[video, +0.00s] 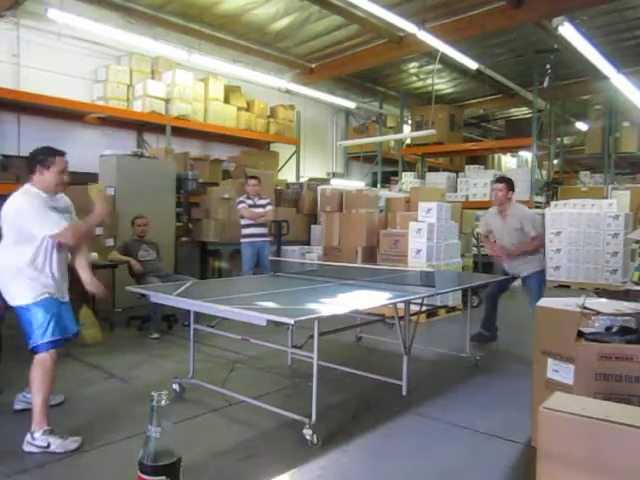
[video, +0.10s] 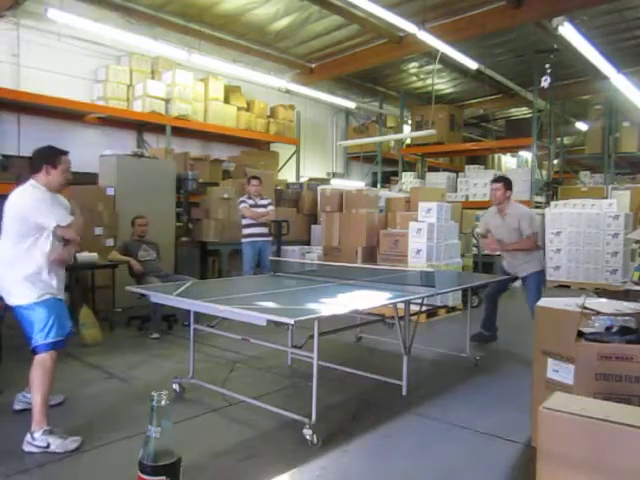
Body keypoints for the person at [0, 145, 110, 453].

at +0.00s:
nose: (66, 177)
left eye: (66, 171)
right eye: (61, 171)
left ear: (49, 171)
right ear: (40, 171)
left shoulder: (62, 202)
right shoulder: (23, 203)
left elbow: (79, 241)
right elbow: (70, 236)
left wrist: (86, 275)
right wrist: (97, 215)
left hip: (53, 285)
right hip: (27, 287)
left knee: (59, 337)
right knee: (47, 349)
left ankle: (32, 393)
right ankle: (39, 431)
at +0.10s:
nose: (68, 178)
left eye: (69, 172)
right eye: (66, 171)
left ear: (44, 170)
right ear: (47, 170)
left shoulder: (28, 193)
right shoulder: (36, 198)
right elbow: (74, 232)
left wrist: (68, 248)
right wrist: (77, 212)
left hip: (28, 285)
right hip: (31, 287)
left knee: (52, 339)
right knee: (47, 350)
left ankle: (29, 393)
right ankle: (39, 431)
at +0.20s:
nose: (69, 173)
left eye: (69, 167)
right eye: (67, 167)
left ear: (47, 167)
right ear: (50, 167)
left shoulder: (35, 191)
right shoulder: (36, 194)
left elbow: (68, 247)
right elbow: (67, 237)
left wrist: (54, 256)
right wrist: (83, 223)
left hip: (29, 285)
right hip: (30, 287)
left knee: (44, 342)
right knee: (41, 349)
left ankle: (29, 393)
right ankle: (37, 430)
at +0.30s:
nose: (71, 169)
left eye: (71, 163)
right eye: (68, 163)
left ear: (50, 163)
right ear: (52, 163)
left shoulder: (48, 193)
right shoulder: (34, 191)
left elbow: (56, 238)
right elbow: (44, 239)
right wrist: (84, 239)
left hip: (34, 284)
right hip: (23, 286)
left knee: (34, 345)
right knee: (30, 352)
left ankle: (27, 395)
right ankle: (33, 429)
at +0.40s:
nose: (73, 167)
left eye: (73, 161)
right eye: (70, 160)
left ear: (54, 162)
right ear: (53, 161)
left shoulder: (54, 196)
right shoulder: (30, 191)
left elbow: (56, 249)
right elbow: (25, 237)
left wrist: (74, 282)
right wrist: (65, 251)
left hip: (37, 288)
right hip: (21, 289)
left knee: (32, 346)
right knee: (28, 352)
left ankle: (26, 396)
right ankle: (28, 430)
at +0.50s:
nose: (74, 167)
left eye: (73, 161)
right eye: (70, 160)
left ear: (54, 162)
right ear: (54, 162)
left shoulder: (55, 196)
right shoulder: (27, 191)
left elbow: (54, 240)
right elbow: (9, 234)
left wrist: (69, 261)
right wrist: (51, 261)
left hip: (38, 288)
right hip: (23, 290)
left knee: (36, 349)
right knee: (34, 355)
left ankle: (27, 397)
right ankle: (21, 431)